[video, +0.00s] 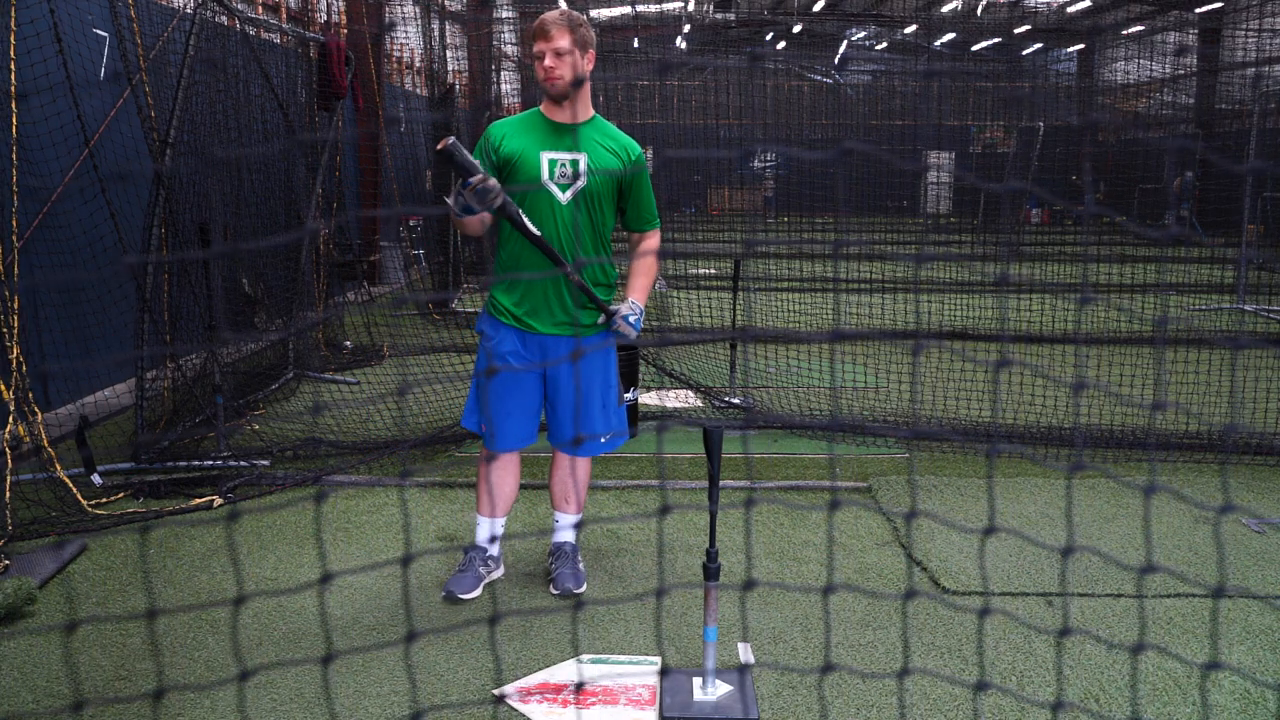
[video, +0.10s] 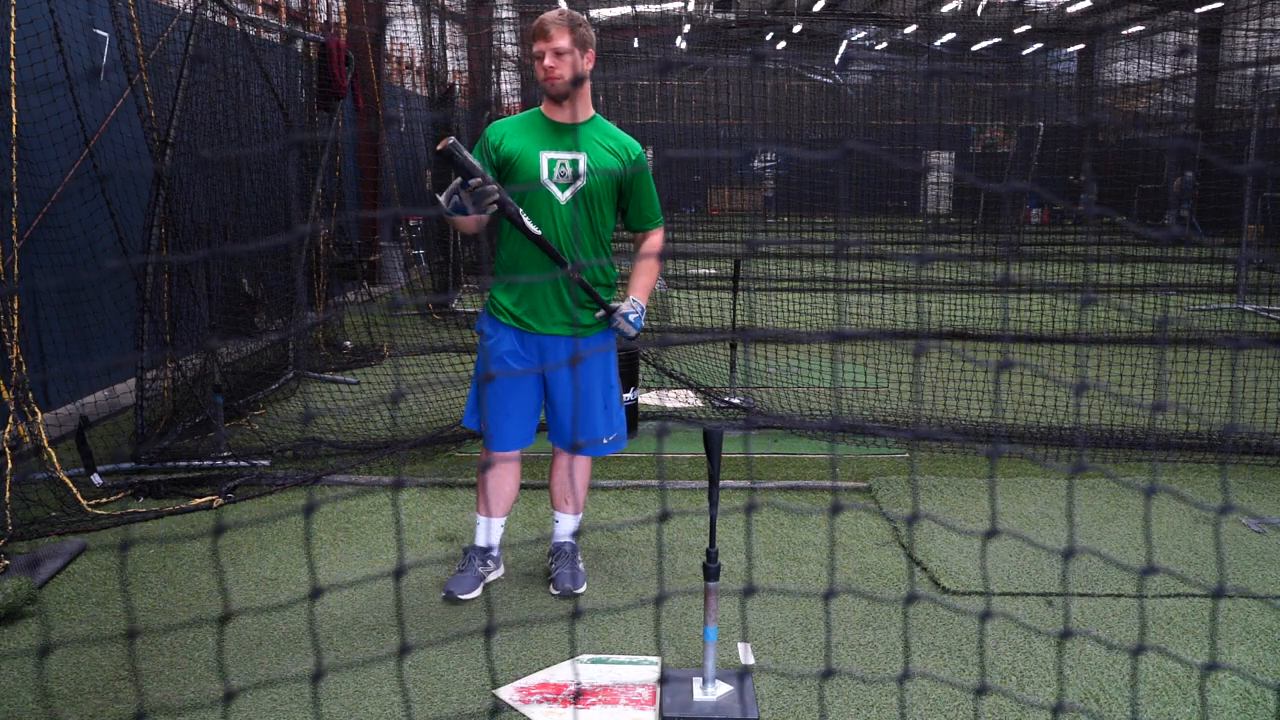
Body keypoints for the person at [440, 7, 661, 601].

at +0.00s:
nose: (548, 66)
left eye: (559, 55)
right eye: (539, 57)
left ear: (587, 59)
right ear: (531, 65)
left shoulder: (623, 153)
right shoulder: (502, 138)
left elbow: (647, 240)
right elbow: (473, 228)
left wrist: (632, 305)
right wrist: (472, 207)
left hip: (586, 324)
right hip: (511, 320)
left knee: (575, 440)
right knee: (500, 441)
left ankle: (565, 546)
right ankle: (486, 550)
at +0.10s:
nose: (548, 65)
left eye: (559, 54)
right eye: (539, 56)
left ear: (587, 59)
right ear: (531, 64)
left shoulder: (624, 152)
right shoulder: (502, 137)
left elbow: (651, 237)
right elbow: (469, 224)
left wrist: (635, 300)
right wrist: (465, 208)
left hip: (587, 324)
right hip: (512, 320)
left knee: (576, 442)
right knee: (500, 443)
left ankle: (565, 546)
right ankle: (485, 551)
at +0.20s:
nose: (547, 65)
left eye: (558, 54)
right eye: (538, 56)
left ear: (587, 59)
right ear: (531, 64)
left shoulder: (623, 152)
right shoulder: (502, 138)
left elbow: (653, 235)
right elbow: (468, 224)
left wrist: (635, 301)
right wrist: (471, 209)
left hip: (586, 324)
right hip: (511, 320)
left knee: (575, 443)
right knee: (500, 444)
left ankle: (565, 547)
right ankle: (484, 551)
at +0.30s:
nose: (546, 63)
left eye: (558, 53)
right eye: (538, 55)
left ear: (587, 59)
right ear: (531, 64)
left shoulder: (623, 152)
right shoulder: (502, 139)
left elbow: (655, 238)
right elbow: (465, 223)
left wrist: (632, 303)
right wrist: (477, 219)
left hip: (585, 325)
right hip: (511, 321)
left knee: (573, 444)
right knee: (499, 444)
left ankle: (566, 548)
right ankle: (485, 550)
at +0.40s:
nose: (546, 63)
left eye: (557, 53)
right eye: (538, 55)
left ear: (586, 59)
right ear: (531, 64)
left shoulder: (623, 152)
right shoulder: (502, 139)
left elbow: (654, 238)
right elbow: (465, 225)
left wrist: (632, 304)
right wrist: (475, 223)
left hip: (585, 325)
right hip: (511, 320)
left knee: (573, 444)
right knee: (499, 441)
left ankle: (566, 547)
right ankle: (484, 550)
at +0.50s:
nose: (546, 64)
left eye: (557, 54)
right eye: (538, 56)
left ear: (585, 59)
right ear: (530, 65)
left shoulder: (623, 152)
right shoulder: (502, 140)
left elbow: (652, 240)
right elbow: (468, 229)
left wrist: (630, 304)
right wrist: (477, 224)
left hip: (585, 325)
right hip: (511, 320)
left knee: (573, 444)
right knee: (499, 441)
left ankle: (566, 547)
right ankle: (485, 550)